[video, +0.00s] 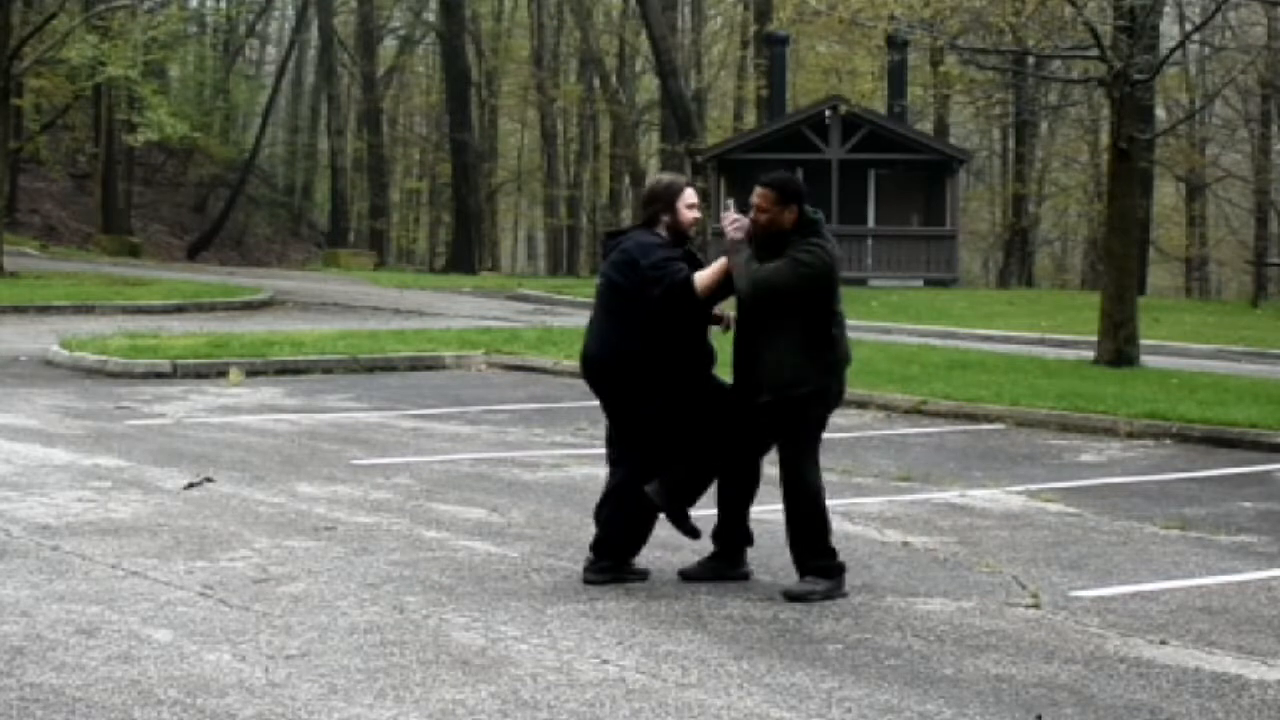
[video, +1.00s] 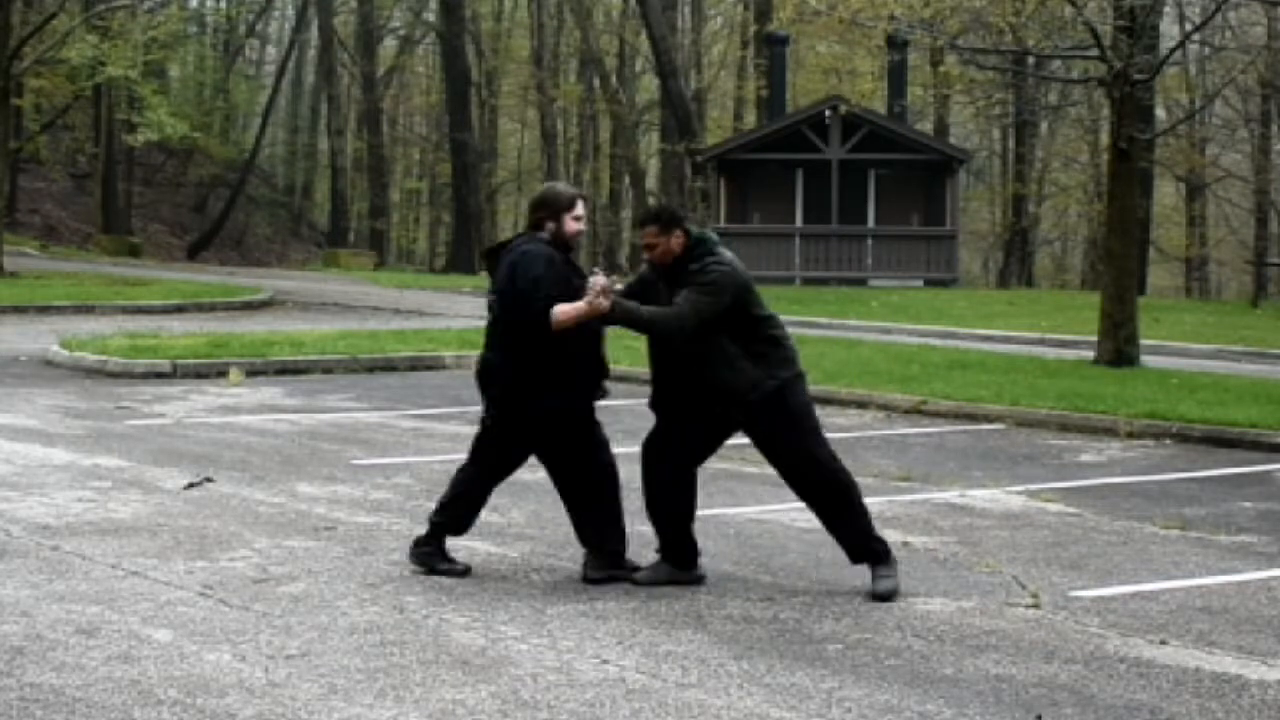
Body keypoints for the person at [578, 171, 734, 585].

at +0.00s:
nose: (698, 214)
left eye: (698, 207)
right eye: (690, 207)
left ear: (664, 212)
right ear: (665, 211)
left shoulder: (653, 247)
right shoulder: (652, 250)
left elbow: (667, 306)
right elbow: (685, 291)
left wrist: (709, 316)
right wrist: (733, 255)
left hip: (621, 367)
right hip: (634, 373)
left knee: (635, 463)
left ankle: (610, 557)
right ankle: (674, 490)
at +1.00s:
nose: (646, 256)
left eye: (652, 246)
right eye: (643, 248)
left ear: (679, 237)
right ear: (652, 243)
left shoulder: (720, 272)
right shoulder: (660, 276)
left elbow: (676, 320)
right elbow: (626, 305)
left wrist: (612, 307)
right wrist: (598, 301)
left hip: (766, 390)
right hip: (709, 396)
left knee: (814, 470)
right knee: (663, 455)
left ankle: (878, 560)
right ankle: (678, 560)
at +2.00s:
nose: (716, 249)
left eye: (721, 240)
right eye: (715, 241)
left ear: (747, 241)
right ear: (740, 242)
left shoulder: (799, 284)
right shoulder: (728, 289)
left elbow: (779, 337)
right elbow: (687, 329)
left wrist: (717, 337)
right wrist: (632, 319)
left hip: (809, 409)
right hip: (747, 409)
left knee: (842, 482)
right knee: (685, 455)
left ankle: (892, 567)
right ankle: (679, 562)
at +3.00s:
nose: (890, 189)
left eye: (897, 183)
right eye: (893, 182)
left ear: (916, 190)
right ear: (930, 192)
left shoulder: (906, 234)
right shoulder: (961, 230)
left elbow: (835, 243)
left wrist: (785, 214)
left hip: (919, 373)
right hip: (970, 371)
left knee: (870, 455)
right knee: (959, 465)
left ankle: (878, 563)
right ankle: (991, 565)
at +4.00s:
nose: (807, 209)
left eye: (814, 201)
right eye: (807, 201)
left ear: (839, 204)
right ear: (835, 205)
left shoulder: (851, 249)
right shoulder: (833, 243)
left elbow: (784, 287)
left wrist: (783, 259)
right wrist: (730, 324)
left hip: (857, 379)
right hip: (854, 376)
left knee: (802, 457)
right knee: (827, 461)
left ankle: (817, 561)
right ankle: (886, 539)